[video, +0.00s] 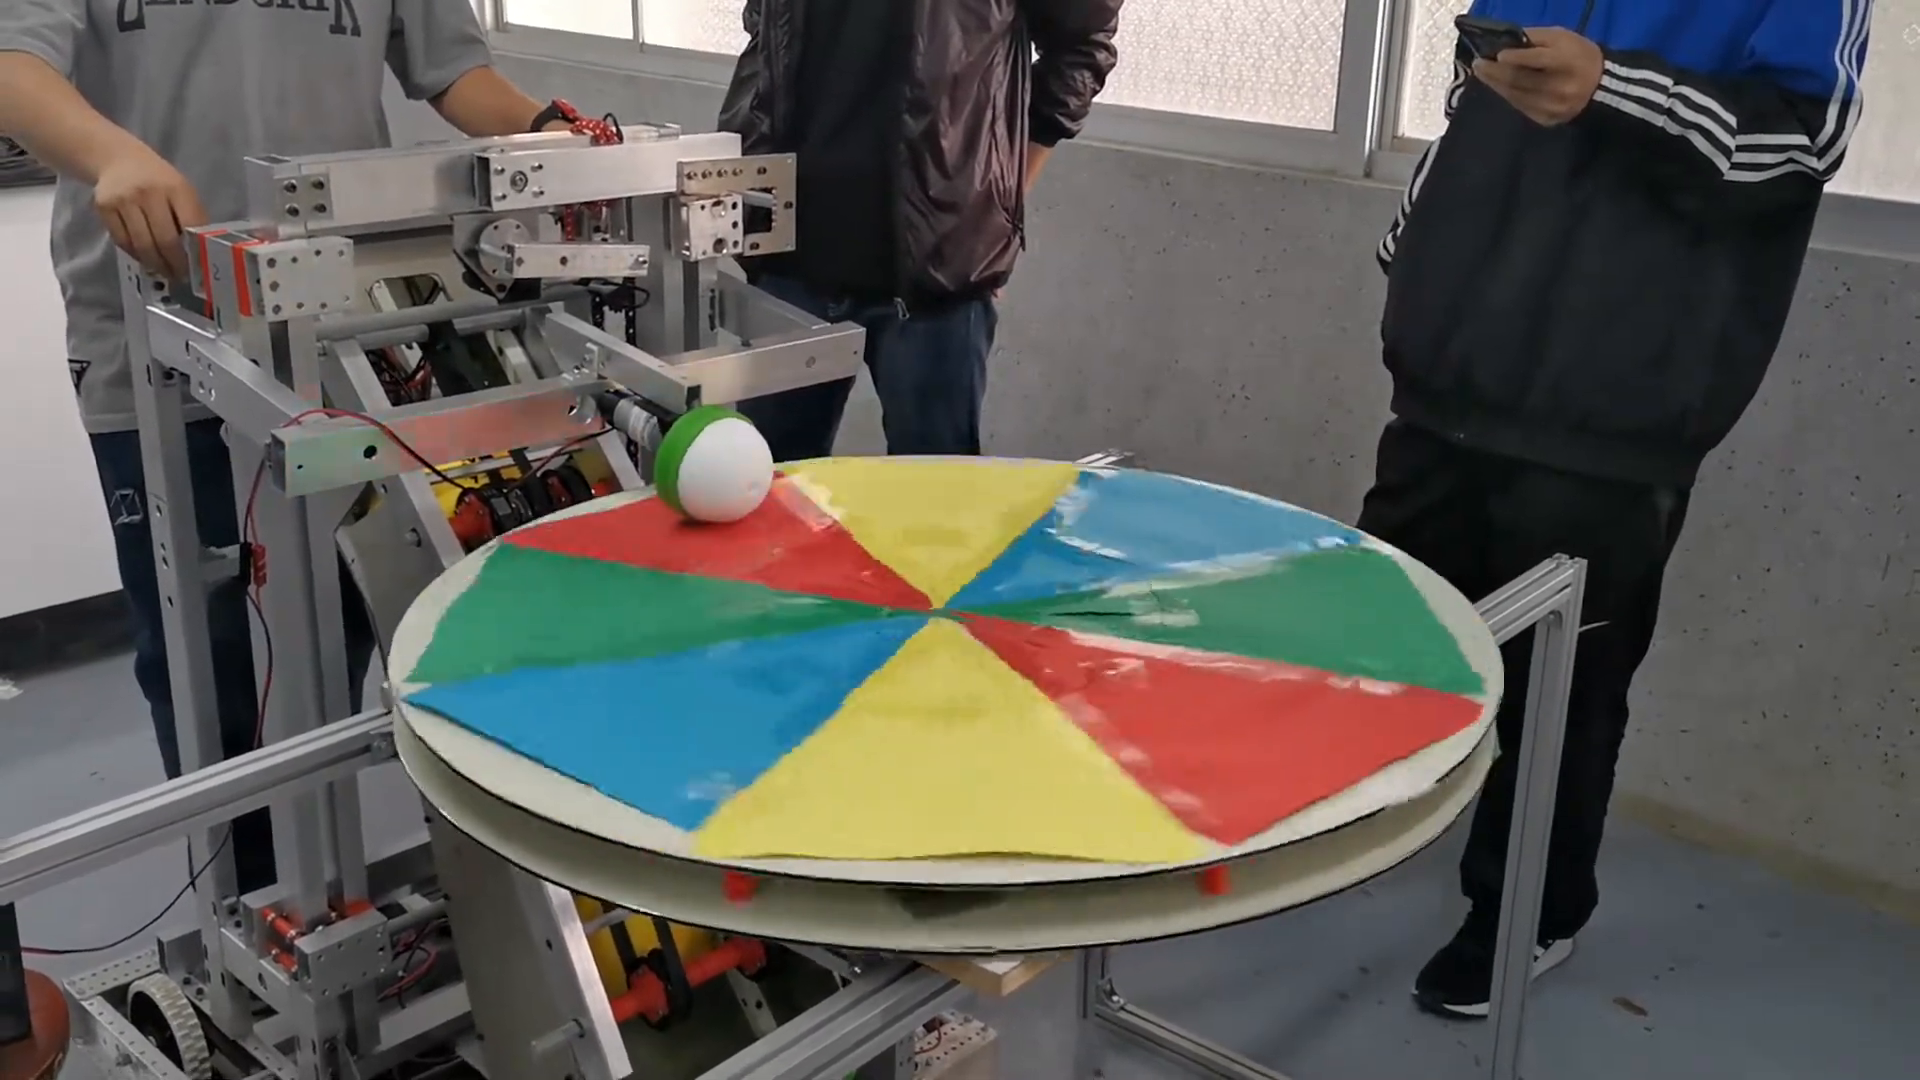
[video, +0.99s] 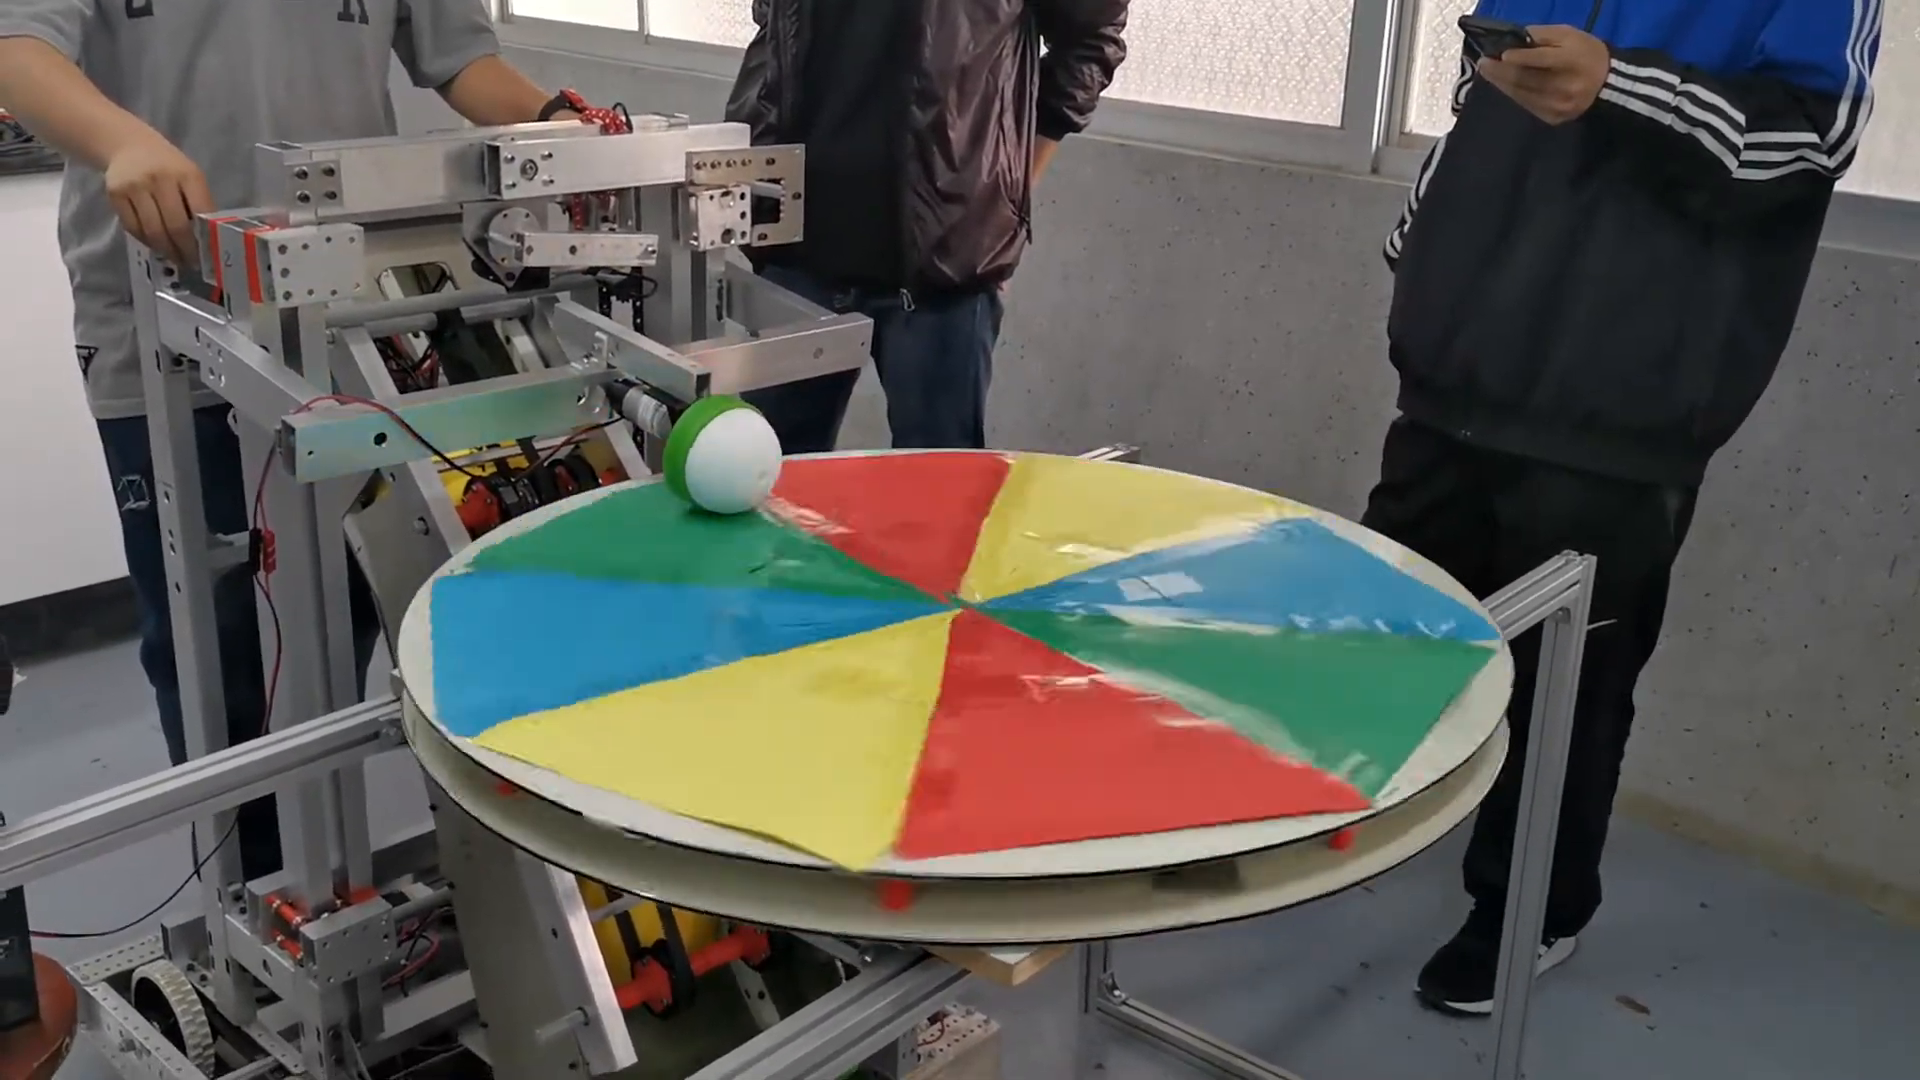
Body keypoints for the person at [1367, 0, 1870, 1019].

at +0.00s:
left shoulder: (1806, 8)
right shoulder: (1528, 6)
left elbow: (1801, 142)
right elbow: (1480, 100)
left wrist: (1605, 87)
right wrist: (1407, 247)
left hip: (1628, 379)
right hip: (1463, 335)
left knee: (1562, 673)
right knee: (1389, 618)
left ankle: (1522, 914)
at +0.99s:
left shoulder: (1818, 7)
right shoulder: (1536, 6)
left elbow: (1810, 140)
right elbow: (1487, 93)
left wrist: (1612, 85)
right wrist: (1413, 244)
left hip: (1636, 374)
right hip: (1472, 329)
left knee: (1569, 668)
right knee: (1396, 616)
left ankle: (1527, 908)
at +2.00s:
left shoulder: (1824, 6)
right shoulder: (1539, 5)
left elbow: (1814, 142)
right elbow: (1490, 100)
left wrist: (1613, 85)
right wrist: (1420, 245)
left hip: (1639, 375)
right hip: (1474, 329)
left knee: (1573, 667)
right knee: (1400, 613)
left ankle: (1531, 910)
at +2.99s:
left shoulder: (1813, 8)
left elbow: (1809, 128)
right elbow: (1490, 76)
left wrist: (1607, 74)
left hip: (1637, 369)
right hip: (1474, 324)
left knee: (1575, 663)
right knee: (1401, 610)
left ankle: (1534, 903)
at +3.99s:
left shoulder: (1827, 9)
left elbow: (1816, 126)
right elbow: (1497, 73)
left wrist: (1614, 70)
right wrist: (1423, 243)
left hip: (1647, 358)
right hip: (1482, 311)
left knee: (1582, 655)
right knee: (1413, 607)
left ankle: (1542, 899)